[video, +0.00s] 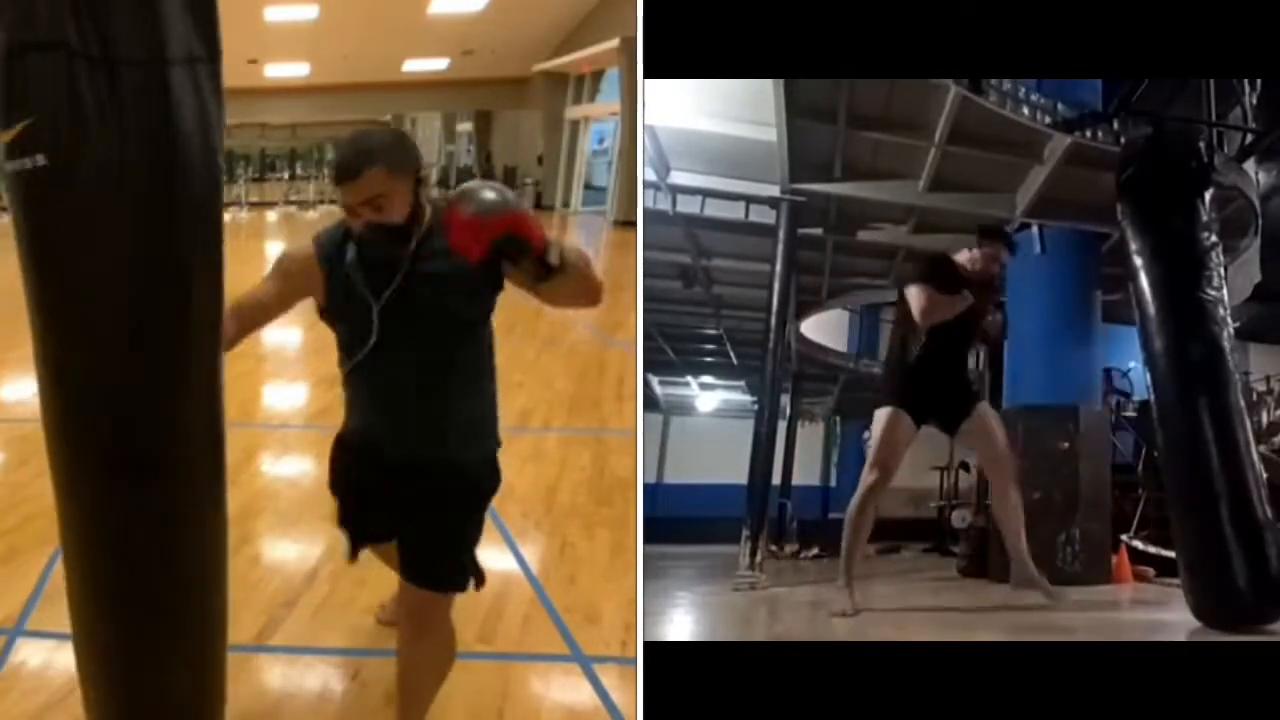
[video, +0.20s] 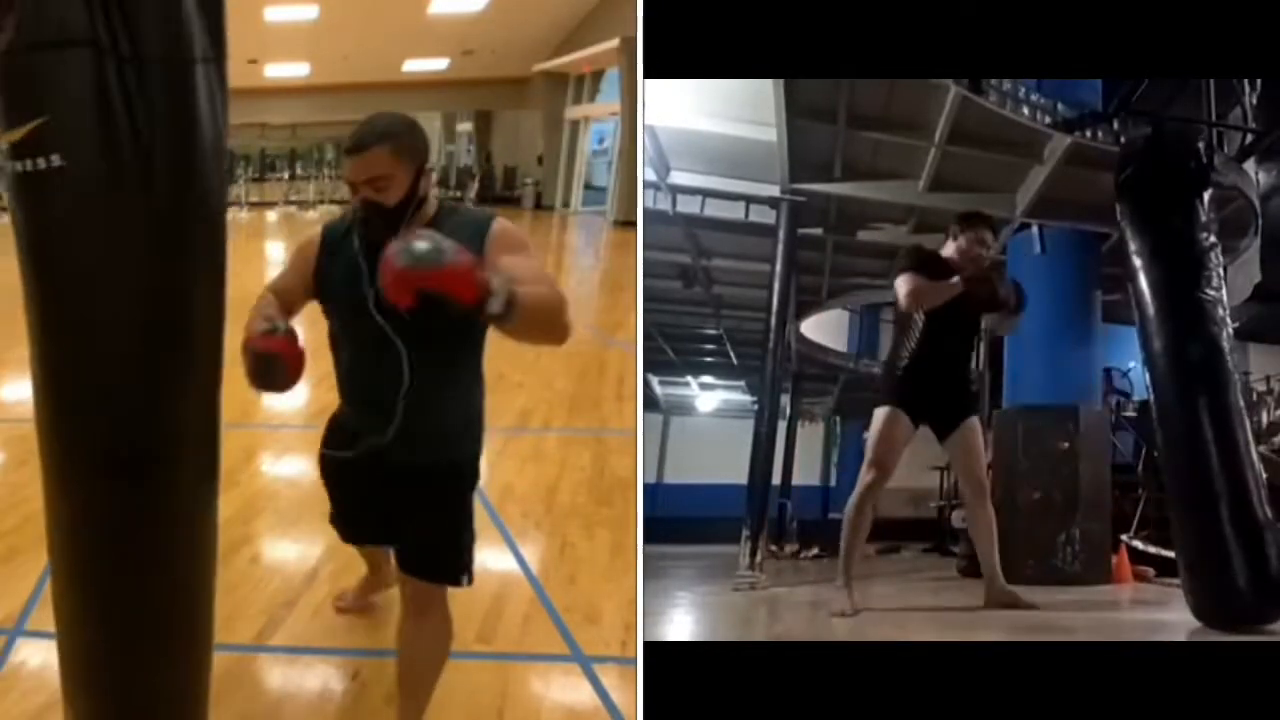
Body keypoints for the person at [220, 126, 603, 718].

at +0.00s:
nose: (364, 221)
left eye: (378, 204)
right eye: (351, 208)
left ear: (416, 186)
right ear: (338, 199)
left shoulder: (472, 238)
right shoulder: (321, 260)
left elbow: (586, 292)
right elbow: (238, 318)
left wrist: (535, 245)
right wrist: (180, 354)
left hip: (454, 453)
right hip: (369, 446)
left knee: (422, 606)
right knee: (377, 534)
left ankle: (410, 712)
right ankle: (421, 586)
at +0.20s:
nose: (363, 198)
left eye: (377, 185)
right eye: (354, 185)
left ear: (419, 174)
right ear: (347, 179)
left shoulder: (484, 237)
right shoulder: (331, 246)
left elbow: (554, 325)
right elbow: (276, 301)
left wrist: (481, 292)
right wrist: (265, 337)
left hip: (437, 447)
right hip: (357, 435)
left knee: (422, 592)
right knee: (359, 523)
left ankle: (409, 711)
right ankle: (380, 576)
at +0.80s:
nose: (329, 188)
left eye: (342, 176)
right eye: (322, 176)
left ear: (378, 166)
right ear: (316, 169)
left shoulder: (433, 227)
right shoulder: (320, 234)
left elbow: (486, 307)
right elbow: (306, 303)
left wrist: (405, 318)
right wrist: (288, 308)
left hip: (404, 404)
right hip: (344, 395)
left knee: (368, 542)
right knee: (363, 504)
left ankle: (343, 681)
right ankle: (385, 591)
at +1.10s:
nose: (319, 201)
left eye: (333, 188)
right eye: (311, 186)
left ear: (370, 178)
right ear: (304, 176)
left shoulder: (414, 237)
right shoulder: (304, 228)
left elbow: (424, 339)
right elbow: (243, 294)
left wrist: (365, 282)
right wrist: (239, 260)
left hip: (379, 420)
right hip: (317, 408)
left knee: (353, 557)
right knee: (333, 503)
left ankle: (339, 686)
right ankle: (376, 574)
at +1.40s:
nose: (303, 183)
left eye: (316, 171)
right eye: (296, 171)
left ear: (343, 172)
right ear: (282, 175)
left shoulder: (387, 235)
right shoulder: (274, 218)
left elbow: (367, 330)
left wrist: (334, 233)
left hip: (350, 425)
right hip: (286, 405)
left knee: (343, 561)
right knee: (282, 485)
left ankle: (335, 684)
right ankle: (293, 560)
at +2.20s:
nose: (236, 193)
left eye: (243, 180)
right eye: (229, 181)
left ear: (265, 177)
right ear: (223, 184)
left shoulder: (319, 228)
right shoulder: (217, 231)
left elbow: (377, 300)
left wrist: (322, 284)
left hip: (305, 396)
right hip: (245, 391)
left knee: (281, 527)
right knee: (254, 490)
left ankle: (320, 664)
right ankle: (278, 560)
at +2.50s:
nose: (222, 225)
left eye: (231, 212)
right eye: (212, 215)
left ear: (256, 195)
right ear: (198, 208)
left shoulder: (307, 231)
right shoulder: (214, 246)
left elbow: (402, 275)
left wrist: (328, 273)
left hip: (333, 406)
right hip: (278, 402)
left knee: (299, 545)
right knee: (285, 485)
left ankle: (346, 684)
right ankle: (303, 563)